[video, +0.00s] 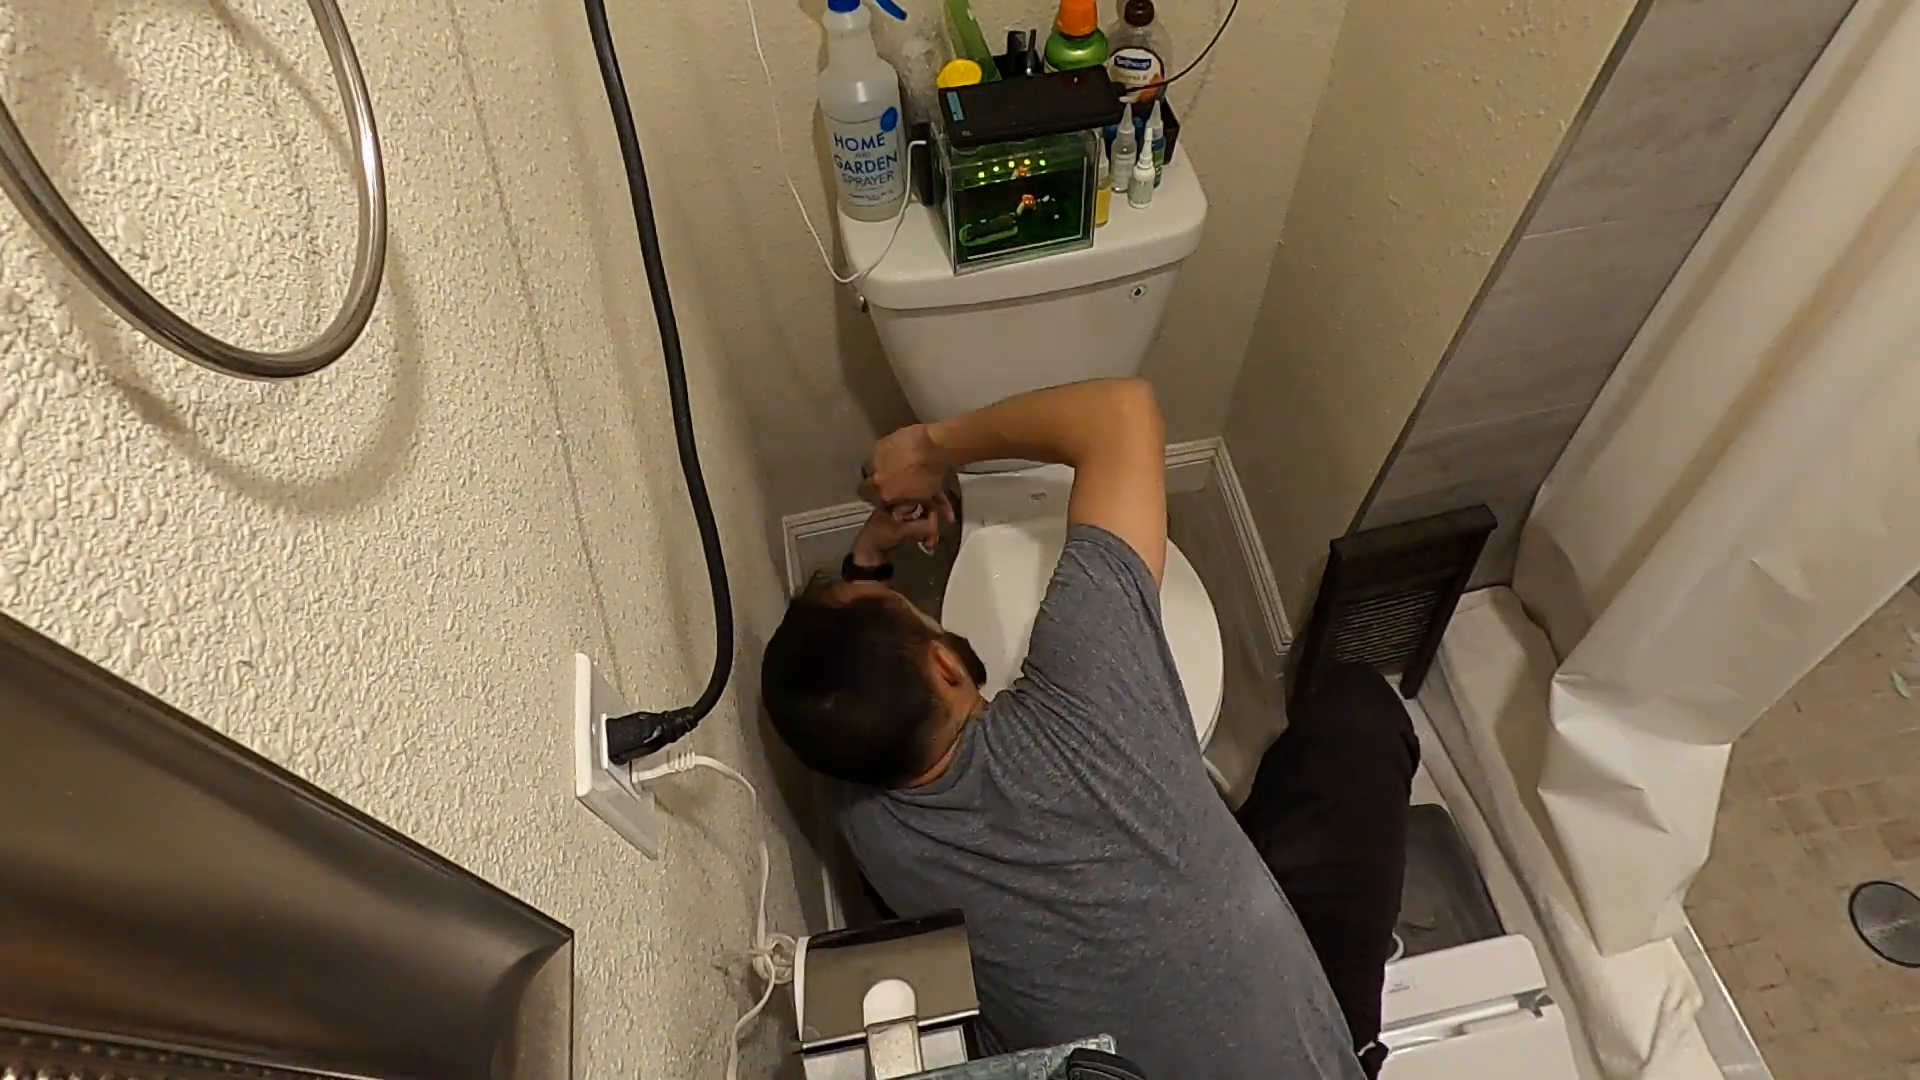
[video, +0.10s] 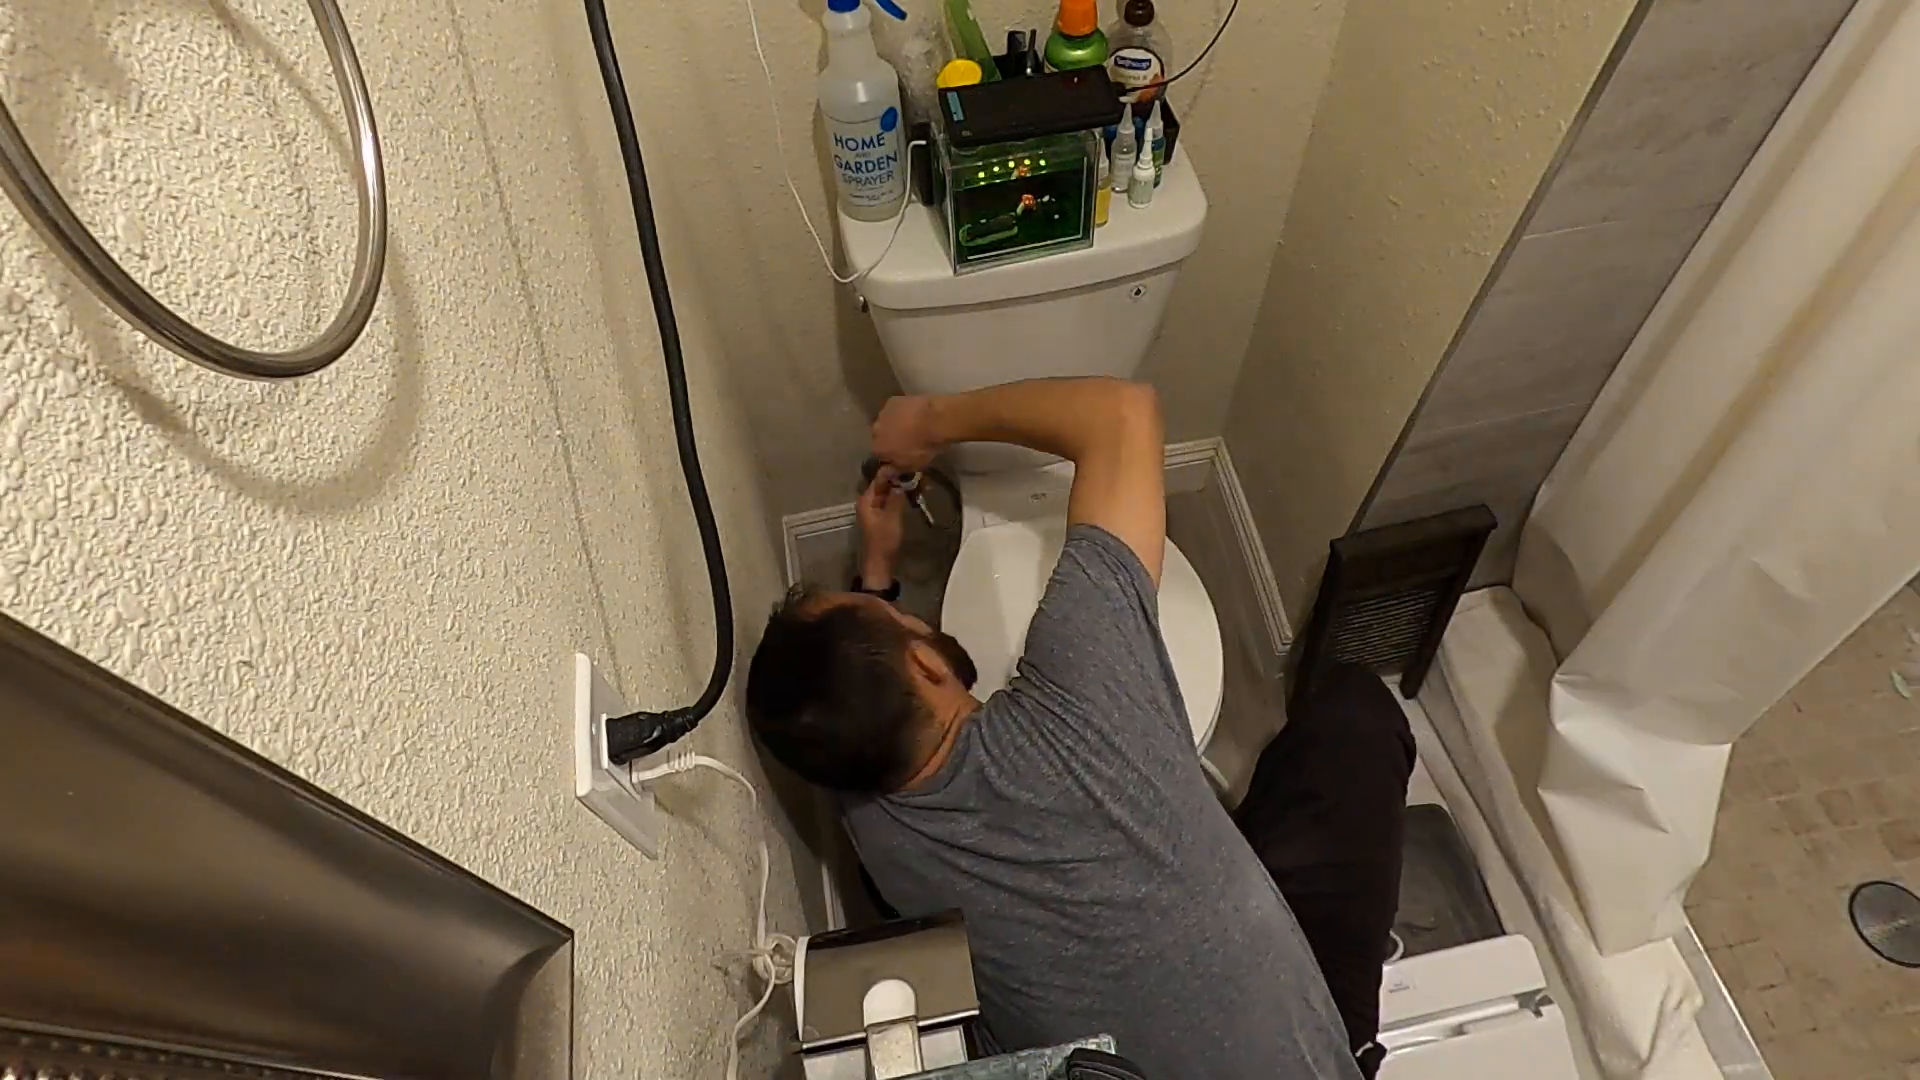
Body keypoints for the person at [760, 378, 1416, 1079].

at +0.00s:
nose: (926, 611)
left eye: (905, 607)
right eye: (916, 615)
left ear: (839, 751)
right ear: (945, 663)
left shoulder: (879, 843)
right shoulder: (1089, 690)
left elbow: (836, 718)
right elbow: (1118, 411)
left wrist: (870, 553)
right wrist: (936, 443)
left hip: (1077, 1072)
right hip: (1298, 1055)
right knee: (1356, 701)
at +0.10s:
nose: (885, 597)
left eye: (869, 599)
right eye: (880, 606)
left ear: (839, 760)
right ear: (922, 663)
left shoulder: (886, 847)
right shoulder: (1081, 687)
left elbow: (848, 733)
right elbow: (1119, 413)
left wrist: (878, 567)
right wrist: (935, 421)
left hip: (1088, 1070)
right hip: (1296, 1055)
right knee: (1348, 700)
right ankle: (1344, 664)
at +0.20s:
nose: (918, 608)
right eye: (910, 603)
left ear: (820, 729)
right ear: (919, 633)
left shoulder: (863, 821)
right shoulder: (1043, 683)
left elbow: (904, 651)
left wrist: (918, 519)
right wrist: (898, 433)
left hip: (1081, 1071)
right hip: (1279, 1054)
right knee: (1361, 711)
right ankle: (1354, 690)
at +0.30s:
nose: (911, 622)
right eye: (904, 613)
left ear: (813, 732)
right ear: (913, 647)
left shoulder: (853, 824)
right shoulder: (1034, 690)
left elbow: (909, 676)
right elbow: (982, 479)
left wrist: (936, 552)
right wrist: (899, 434)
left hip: (1077, 1069)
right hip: (1276, 1051)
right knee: (1338, 697)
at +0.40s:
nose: (906, 615)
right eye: (900, 610)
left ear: (815, 739)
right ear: (915, 648)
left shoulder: (855, 832)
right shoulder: (1036, 689)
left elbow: (900, 683)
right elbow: (971, 491)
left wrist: (933, 540)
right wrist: (898, 435)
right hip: (1272, 1050)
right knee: (1339, 696)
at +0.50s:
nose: (902, 594)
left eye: (879, 580)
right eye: (885, 587)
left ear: (807, 725)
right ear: (920, 647)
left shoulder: (847, 823)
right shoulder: (1031, 694)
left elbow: (907, 668)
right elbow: (979, 493)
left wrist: (940, 549)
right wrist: (913, 448)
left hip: (1067, 1063)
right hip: (1261, 1047)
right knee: (1336, 695)